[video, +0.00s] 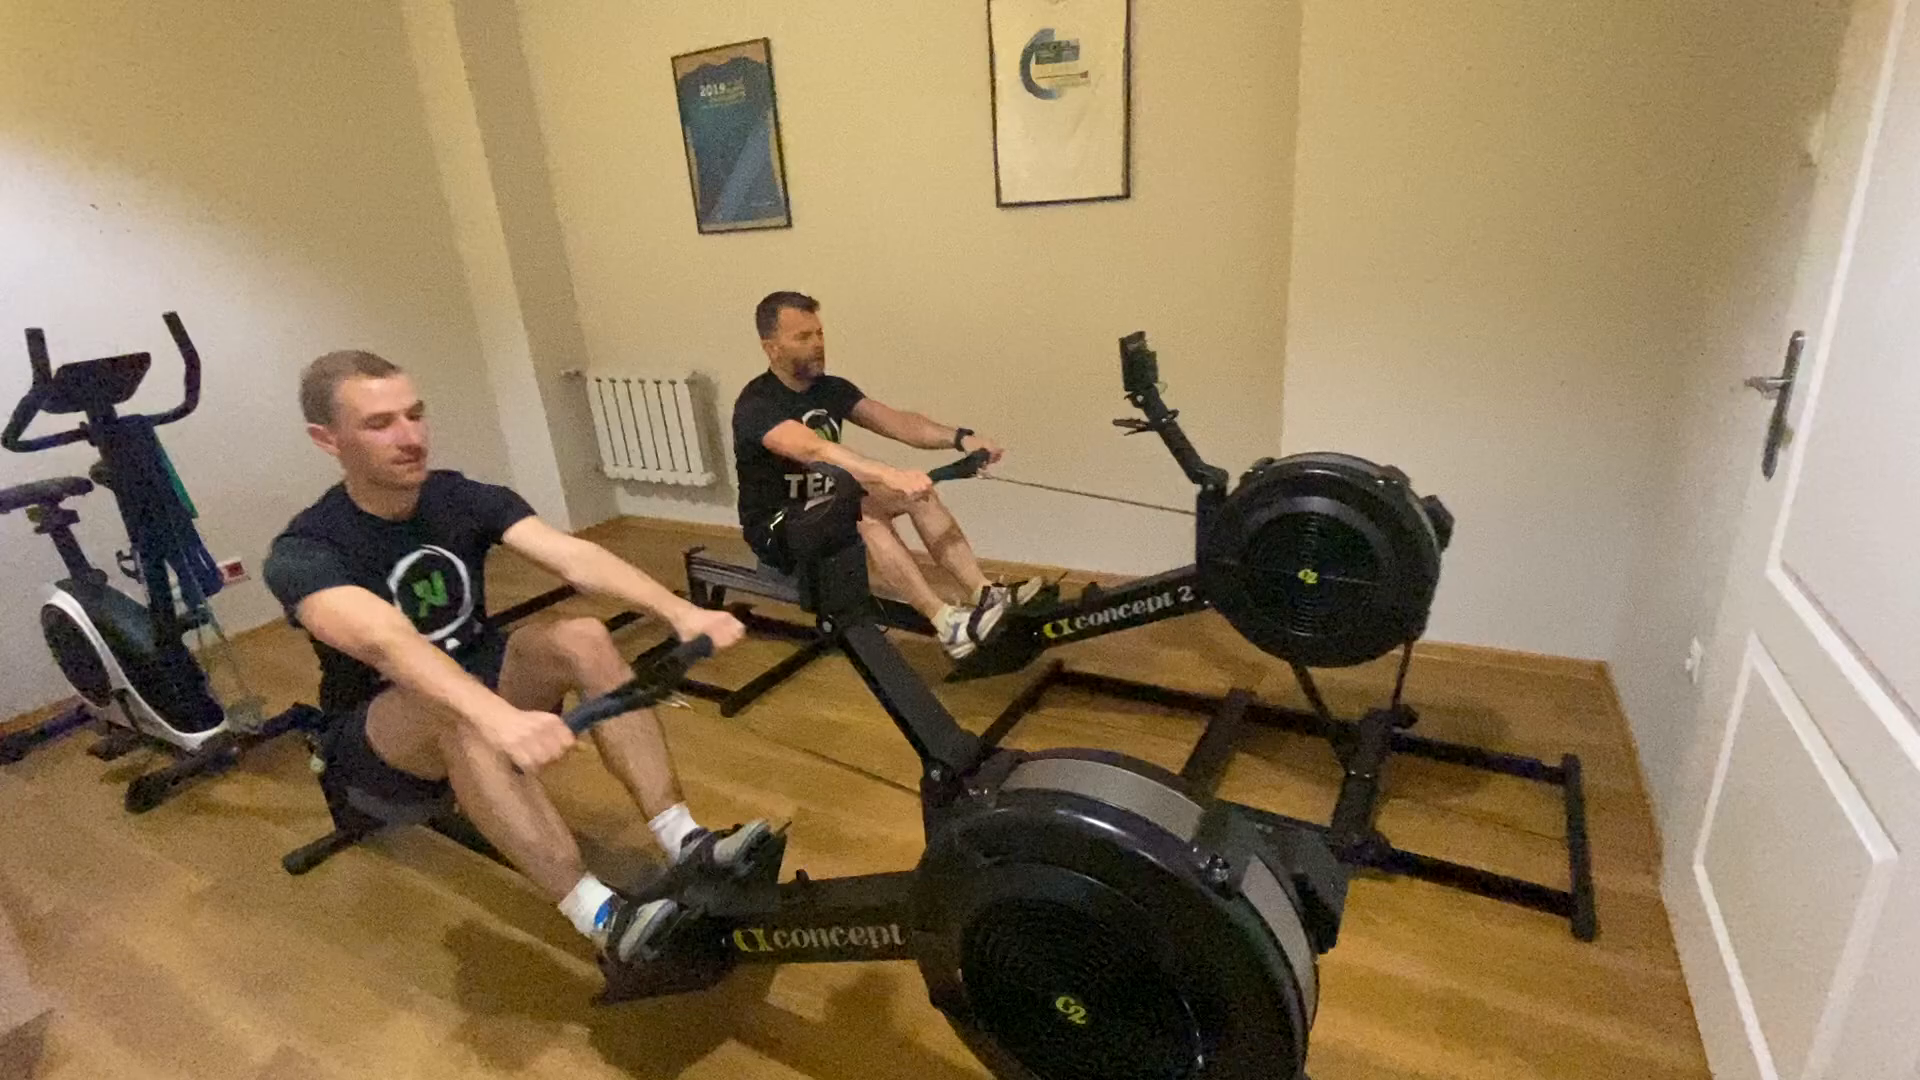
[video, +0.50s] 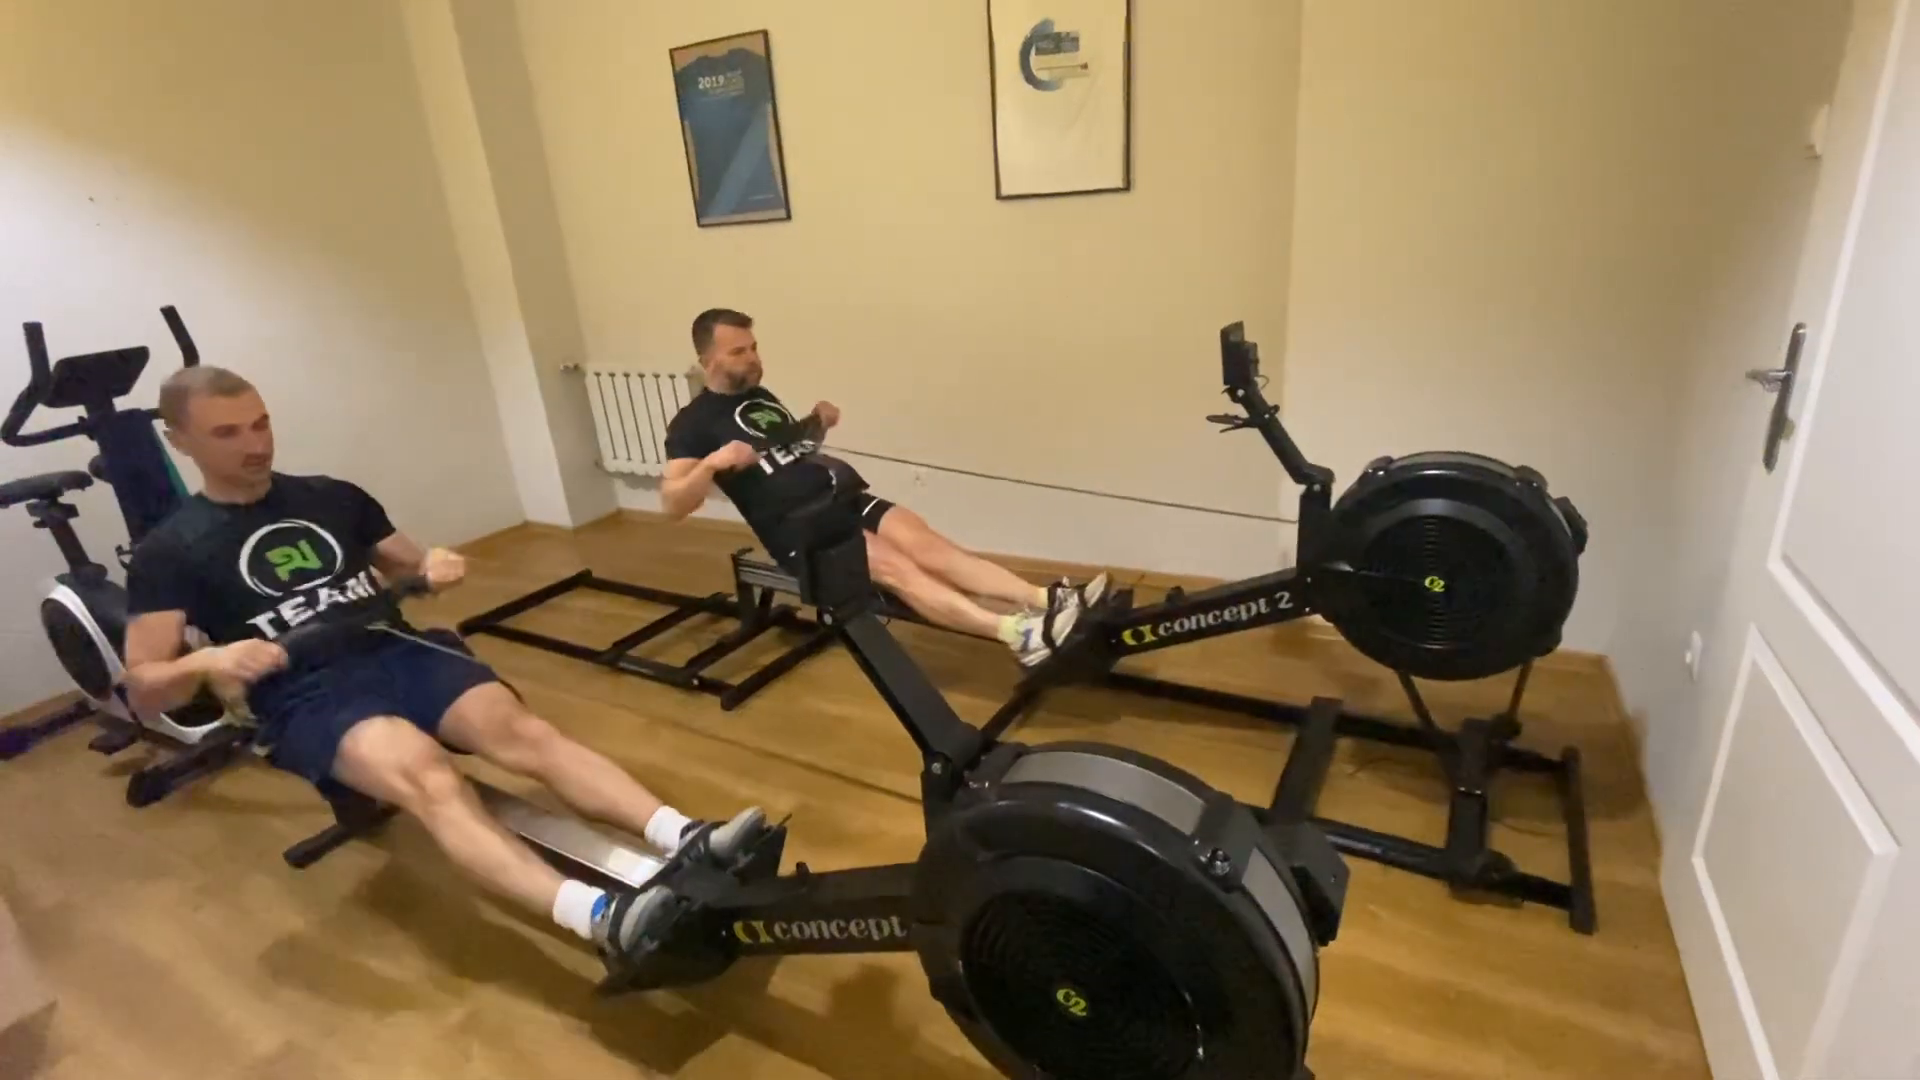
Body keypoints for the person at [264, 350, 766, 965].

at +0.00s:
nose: (409, 436)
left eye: (414, 414)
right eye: (380, 424)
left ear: (425, 413)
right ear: (328, 440)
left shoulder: (458, 499)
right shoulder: (303, 554)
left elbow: (572, 557)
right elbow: (387, 641)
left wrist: (680, 610)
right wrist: (496, 718)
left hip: (475, 682)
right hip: (371, 731)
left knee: (585, 638)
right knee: (463, 716)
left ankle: (688, 847)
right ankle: (605, 918)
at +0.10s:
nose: (353, 423)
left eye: (358, 403)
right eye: (325, 411)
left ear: (368, 401)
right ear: (273, 426)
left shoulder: (410, 486)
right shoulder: (256, 540)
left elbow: (520, 544)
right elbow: (335, 630)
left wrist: (622, 596)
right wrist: (437, 693)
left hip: (450, 658)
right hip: (352, 699)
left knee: (568, 659)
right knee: (449, 727)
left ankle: (688, 843)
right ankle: (604, 920)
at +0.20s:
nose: (315, 418)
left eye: (320, 398)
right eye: (289, 408)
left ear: (329, 394)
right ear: (236, 422)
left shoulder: (379, 482)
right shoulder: (223, 532)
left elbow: (484, 545)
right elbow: (280, 633)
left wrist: (568, 584)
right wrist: (377, 679)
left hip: (428, 656)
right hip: (328, 695)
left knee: (555, 683)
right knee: (437, 731)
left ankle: (688, 844)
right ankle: (601, 919)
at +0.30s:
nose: (278, 427)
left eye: (283, 406)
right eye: (252, 416)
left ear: (295, 399)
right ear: (203, 426)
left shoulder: (349, 484)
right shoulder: (189, 535)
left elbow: (446, 552)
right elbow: (220, 652)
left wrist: (507, 573)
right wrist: (311, 670)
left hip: (402, 653)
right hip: (304, 696)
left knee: (527, 705)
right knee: (426, 753)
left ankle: (687, 842)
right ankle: (599, 920)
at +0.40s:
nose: (261, 436)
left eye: (266, 415)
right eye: (236, 427)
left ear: (276, 407)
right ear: (189, 437)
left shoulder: (334, 492)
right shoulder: (177, 541)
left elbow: (424, 562)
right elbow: (176, 672)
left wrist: (452, 565)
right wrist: (261, 667)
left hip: (395, 646)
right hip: (303, 689)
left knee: (520, 721)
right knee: (429, 772)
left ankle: (688, 841)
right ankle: (605, 922)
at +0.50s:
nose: (254, 445)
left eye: (258, 425)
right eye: (229, 436)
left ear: (269, 417)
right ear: (185, 448)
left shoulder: (327, 497)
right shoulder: (170, 551)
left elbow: (398, 554)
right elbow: (145, 678)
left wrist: (430, 562)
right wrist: (205, 662)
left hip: (392, 646)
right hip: (305, 691)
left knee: (515, 725)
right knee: (428, 777)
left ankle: (688, 839)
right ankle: (604, 920)